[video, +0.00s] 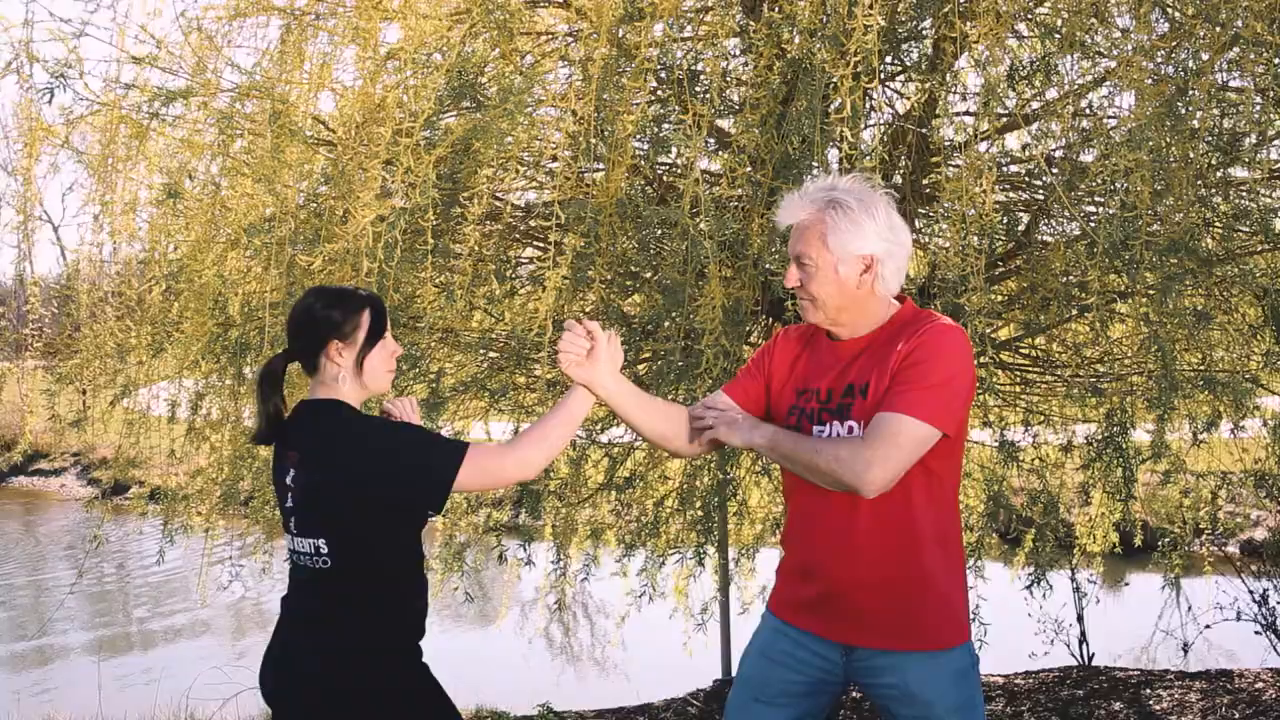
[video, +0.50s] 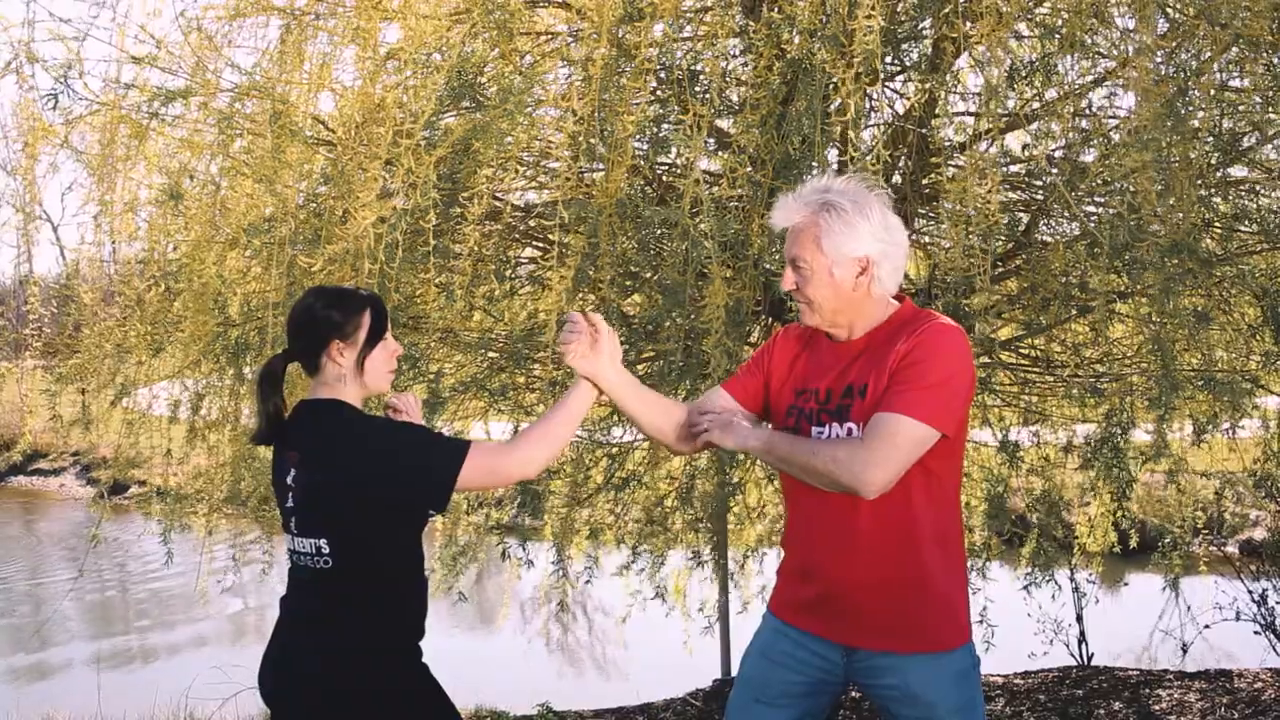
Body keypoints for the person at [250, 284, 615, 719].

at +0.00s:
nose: (397, 348)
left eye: (392, 336)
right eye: (384, 338)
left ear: (333, 355)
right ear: (339, 354)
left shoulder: (295, 433)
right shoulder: (379, 444)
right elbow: (521, 461)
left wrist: (397, 437)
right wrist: (592, 380)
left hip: (294, 669)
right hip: (375, 681)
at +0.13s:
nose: (397, 348)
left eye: (392, 336)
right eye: (384, 338)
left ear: (334, 355)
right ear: (340, 353)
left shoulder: (294, 433)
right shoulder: (381, 445)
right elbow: (521, 462)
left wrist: (392, 433)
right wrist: (593, 379)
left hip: (294, 670)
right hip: (376, 680)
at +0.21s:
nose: (397, 348)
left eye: (392, 336)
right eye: (384, 338)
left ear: (334, 355)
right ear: (339, 353)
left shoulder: (295, 433)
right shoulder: (379, 445)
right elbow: (520, 461)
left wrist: (398, 437)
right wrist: (592, 379)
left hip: (294, 669)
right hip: (376, 679)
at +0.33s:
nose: (398, 348)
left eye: (391, 335)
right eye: (384, 338)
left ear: (335, 355)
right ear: (339, 354)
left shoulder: (295, 435)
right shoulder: (375, 444)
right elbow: (521, 460)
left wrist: (403, 439)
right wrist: (593, 376)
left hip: (294, 669)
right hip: (374, 679)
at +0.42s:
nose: (397, 348)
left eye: (391, 335)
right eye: (383, 338)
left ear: (334, 355)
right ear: (339, 353)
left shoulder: (295, 433)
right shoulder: (380, 445)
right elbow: (522, 460)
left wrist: (402, 437)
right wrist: (592, 376)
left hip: (293, 669)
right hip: (375, 680)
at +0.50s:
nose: (397, 349)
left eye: (391, 335)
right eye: (383, 337)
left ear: (336, 356)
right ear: (340, 354)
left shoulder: (296, 434)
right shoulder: (376, 444)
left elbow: (363, 516)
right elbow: (521, 460)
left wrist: (406, 440)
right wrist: (593, 376)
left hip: (293, 671)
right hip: (374, 680)